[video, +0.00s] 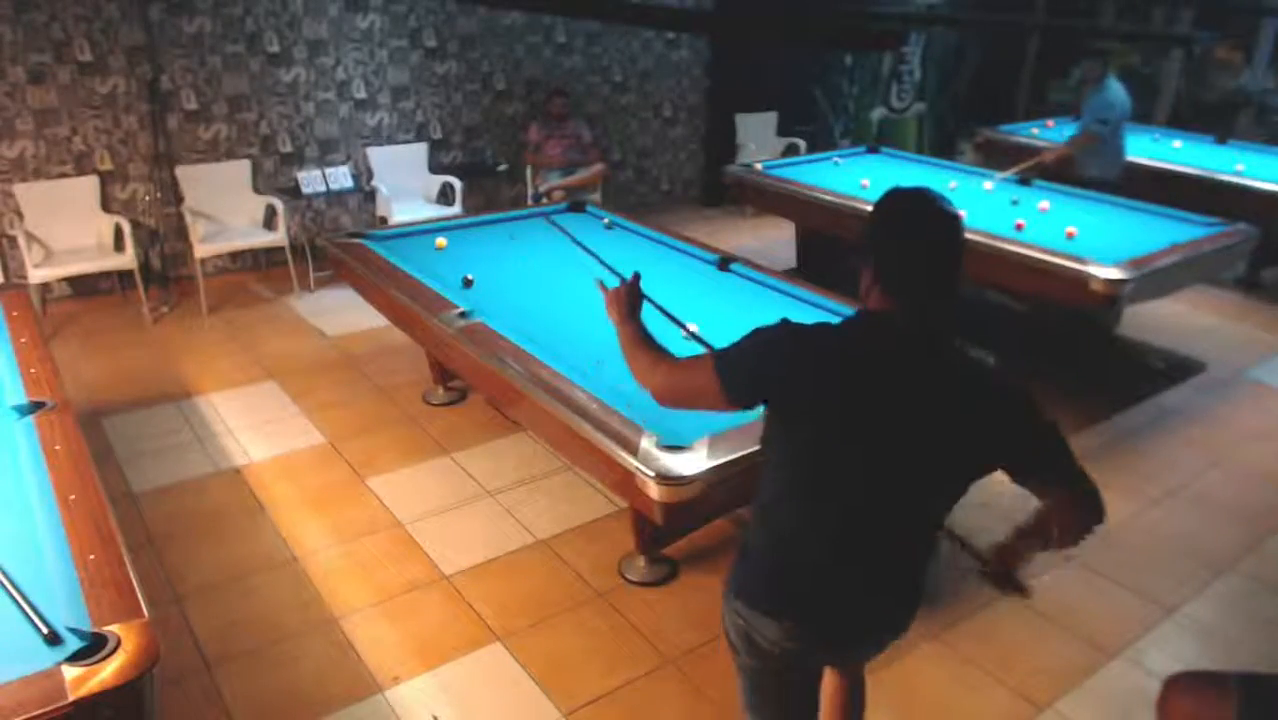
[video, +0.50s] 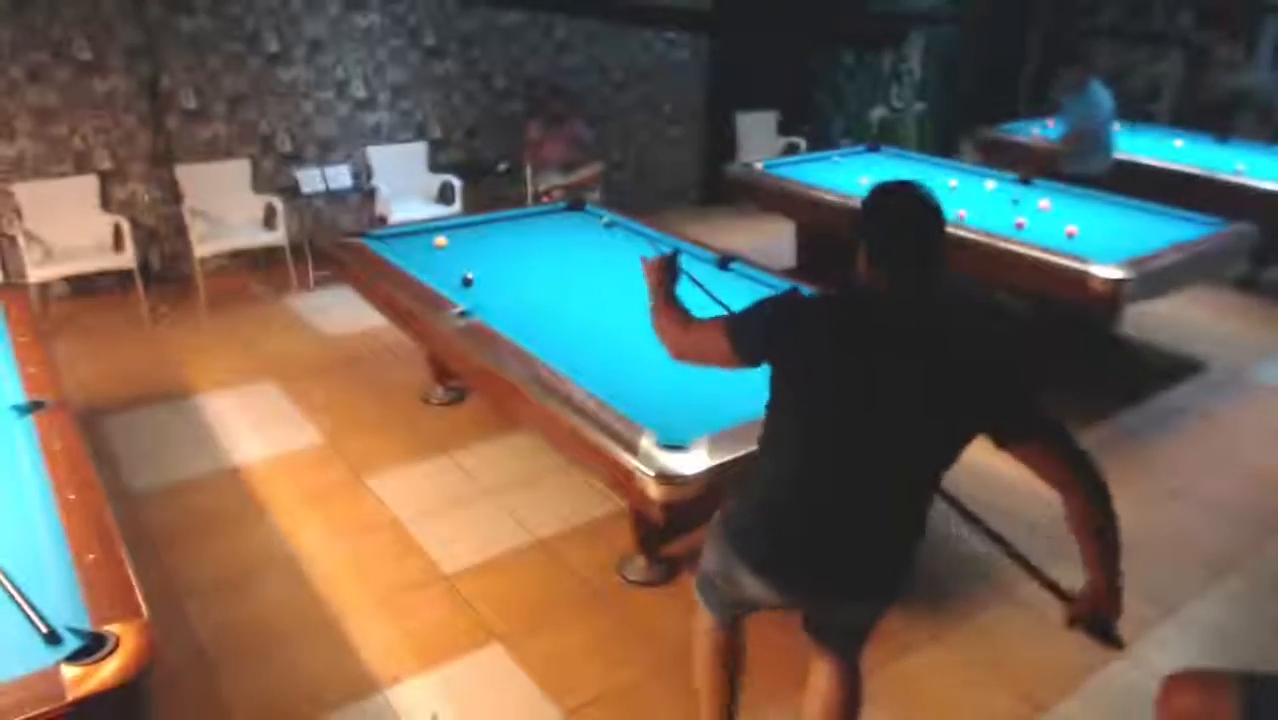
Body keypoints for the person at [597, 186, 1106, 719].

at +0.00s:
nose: (860, 269)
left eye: (864, 256)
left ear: (867, 269)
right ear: (951, 279)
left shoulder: (801, 353)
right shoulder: (984, 394)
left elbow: (666, 383)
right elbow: (1079, 509)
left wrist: (624, 322)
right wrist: (1016, 552)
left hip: (774, 605)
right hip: (879, 611)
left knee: (774, 706)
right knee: (846, 663)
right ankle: (838, 705)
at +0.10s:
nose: (867, 263)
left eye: (869, 251)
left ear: (872, 264)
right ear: (954, 272)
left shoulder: (807, 345)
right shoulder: (980, 375)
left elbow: (678, 381)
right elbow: (1079, 504)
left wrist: (637, 328)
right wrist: (975, 497)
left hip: (780, 591)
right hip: (885, 594)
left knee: (771, 706)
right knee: (845, 662)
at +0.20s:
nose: (874, 255)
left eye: (874, 247)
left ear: (876, 259)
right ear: (955, 264)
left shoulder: (811, 336)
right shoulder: (988, 358)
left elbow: (684, 369)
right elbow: (1076, 501)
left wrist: (642, 314)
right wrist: (979, 512)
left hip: (786, 573)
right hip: (888, 581)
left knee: (761, 700)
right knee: (848, 671)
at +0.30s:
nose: (866, 252)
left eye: (870, 243)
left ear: (874, 253)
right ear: (951, 258)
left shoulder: (811, 328)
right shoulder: (988, 356)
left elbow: (684, 356)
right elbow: (1084, 503)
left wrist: (644, 297)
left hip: (782, 558)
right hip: (885, 574)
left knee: (746, 661)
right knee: (846, 670)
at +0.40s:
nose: (862, 254)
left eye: (865, 243)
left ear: (868, 252)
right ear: (948, 256)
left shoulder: (806, 324)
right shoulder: (981, 355)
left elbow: (682, 344)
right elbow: (1087, 492)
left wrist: (649, 286)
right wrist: (1101, 590)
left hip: (778, 545)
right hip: (878, 566)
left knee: (729, 629)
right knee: (842, 661)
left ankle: (742, 710)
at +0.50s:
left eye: (863, 245)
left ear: (861, 253)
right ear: (939, 259)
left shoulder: (801, 321)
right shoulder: (967, 357)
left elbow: (682, 341)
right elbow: (1080, 483)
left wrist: (658, 289)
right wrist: (1103, 589)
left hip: (770, 537)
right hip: (871, 561)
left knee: (716, 608)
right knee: (836, 654)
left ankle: (717, 711)